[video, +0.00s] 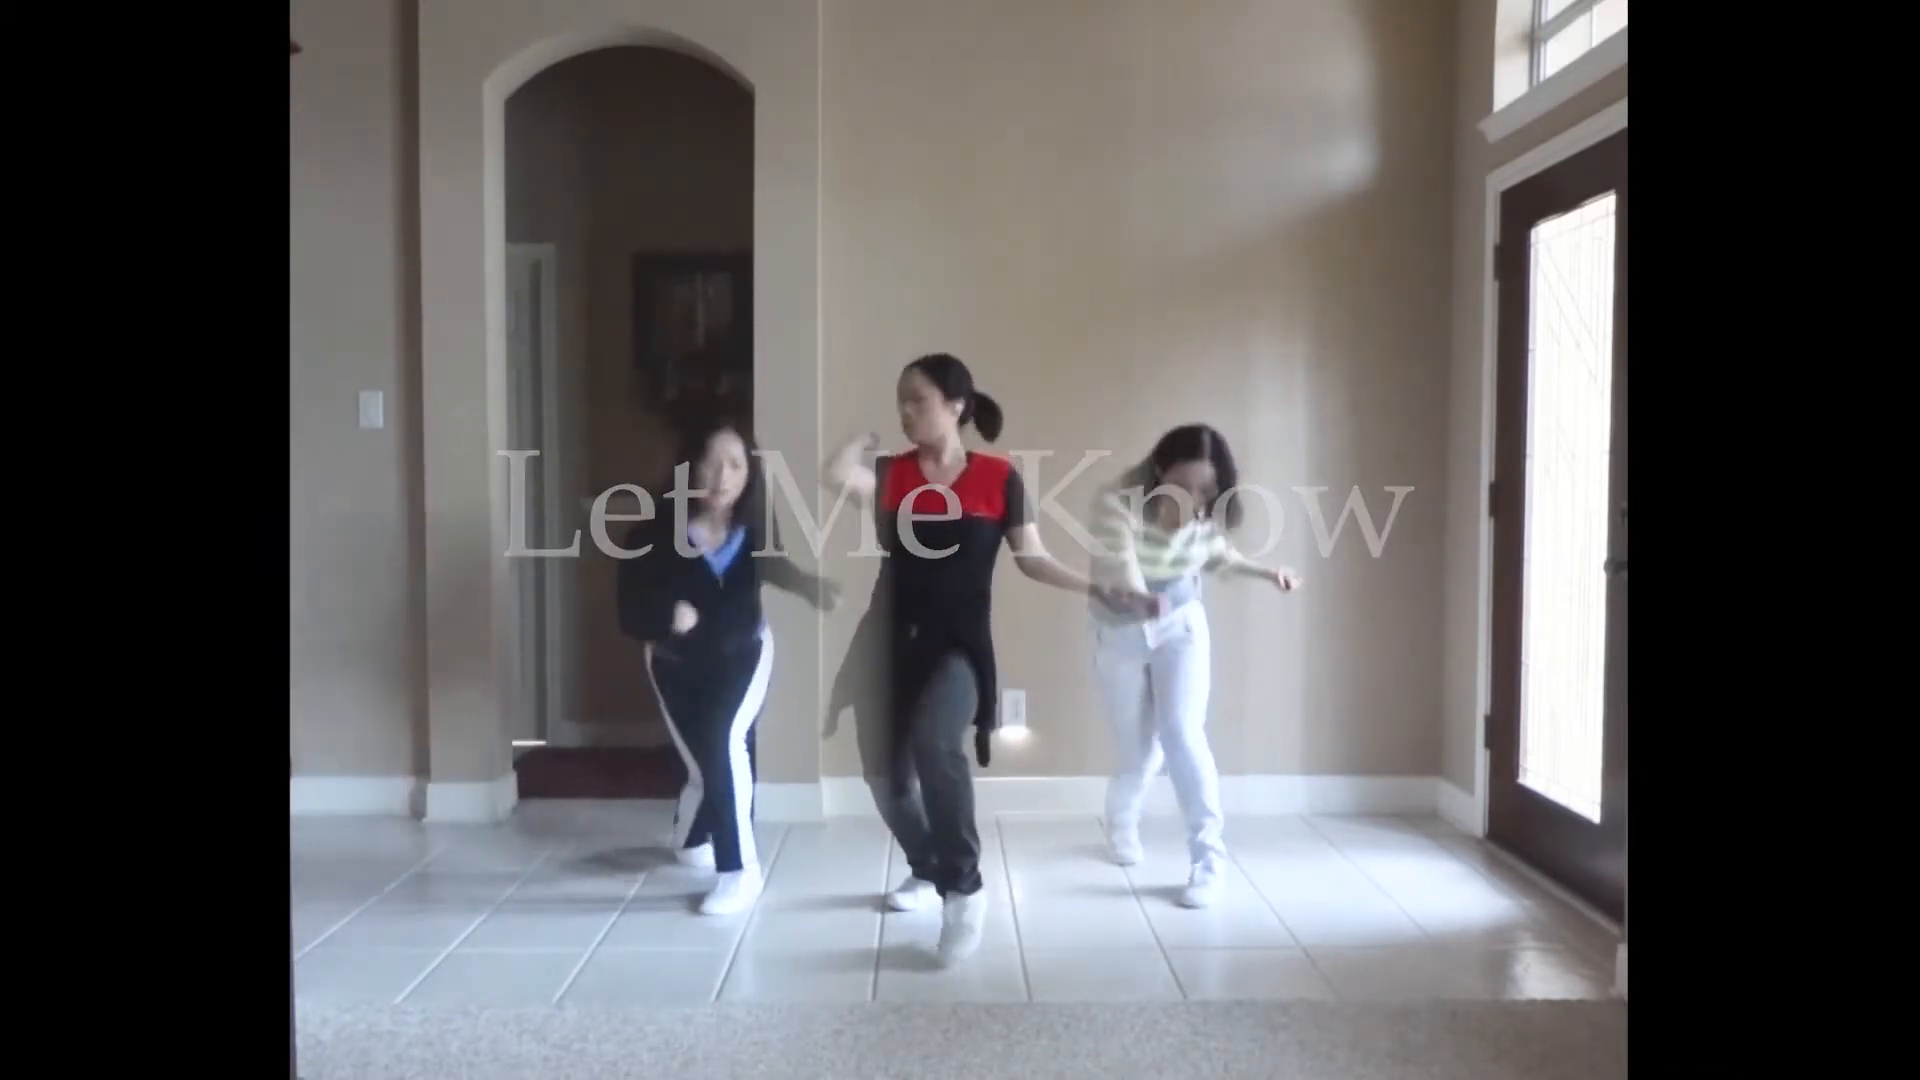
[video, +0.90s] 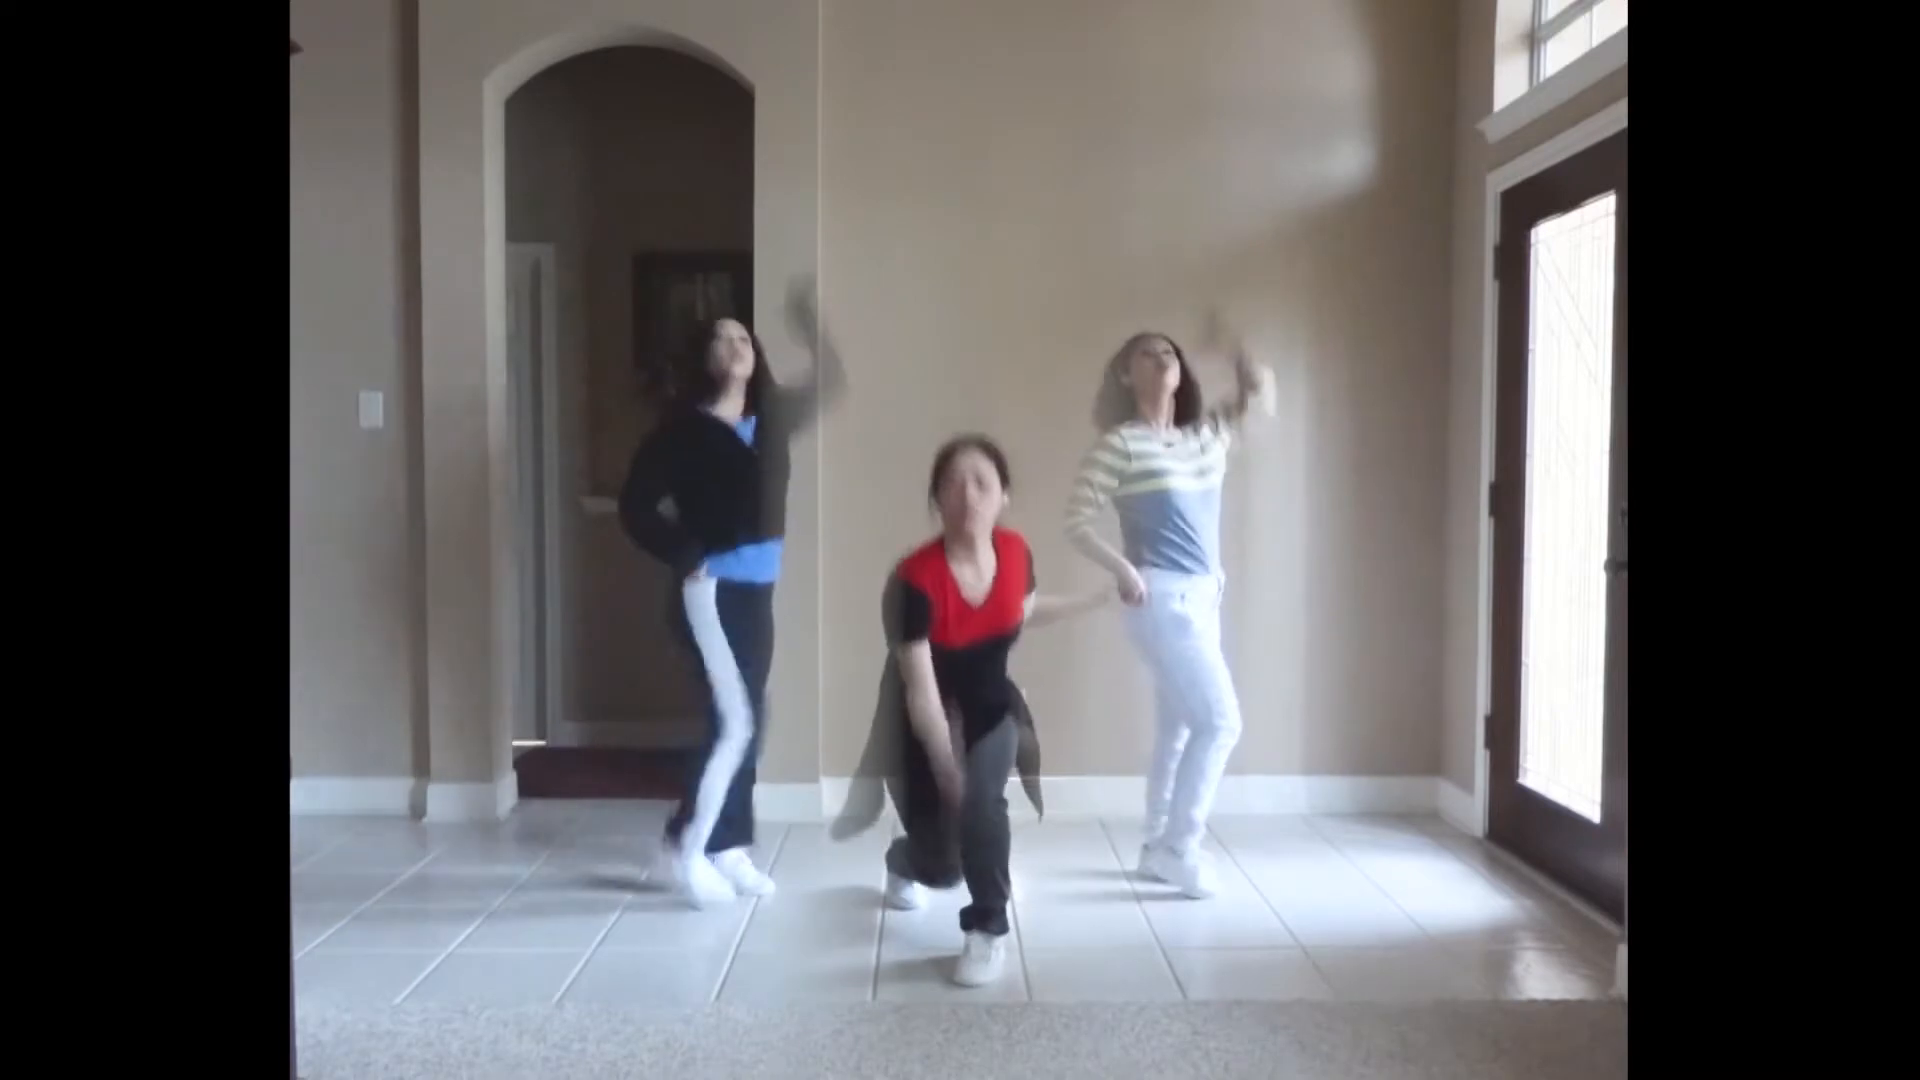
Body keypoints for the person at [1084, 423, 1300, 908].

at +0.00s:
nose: (1190, 503)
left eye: (1204, 495)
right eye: (1182, 487)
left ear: (1216, 493)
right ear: (1161, 471)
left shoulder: (1203, 526)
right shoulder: (1117, 504)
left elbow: (1220, 561)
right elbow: (1115, 561)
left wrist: (1266, 573)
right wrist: (1135, 594)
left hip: (1180, 624)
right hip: (1118, 630)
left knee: (1182, 732)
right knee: (1138, 748)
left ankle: (1207, 858)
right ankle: (1121, 824)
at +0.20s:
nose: (1192, 434)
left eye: (1203, 424)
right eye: (1184, 419)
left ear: (1212, 428)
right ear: (1160, 412)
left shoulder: (1206, 474)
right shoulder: (1116, 461)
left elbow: (1224, 518)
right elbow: (1072, 520)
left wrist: (1275, 502)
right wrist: (1110, 577)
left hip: (1180, 612)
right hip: (1121, 614)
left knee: (1196, 730)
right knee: (1120, 731)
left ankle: (1193, 848)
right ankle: (1119, 829)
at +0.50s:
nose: (1178, 389)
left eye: (1189, 381)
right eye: (1167, 377)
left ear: (1196, 392)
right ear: (1142, 380)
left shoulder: (1208, 453)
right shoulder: (1113, 449)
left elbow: (1269, 469)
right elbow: (1071, 518)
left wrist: (1336, 485)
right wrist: (1093, 579)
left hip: (1196, 613)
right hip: (1144, 612)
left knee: (1195, 741)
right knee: (1174, 738)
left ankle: (1166, 846)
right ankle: (1105, 780)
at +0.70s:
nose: (1174, 404)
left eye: (1184, 398)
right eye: (1164, 392)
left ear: (1191, 409)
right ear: (1138, 393)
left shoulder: (1191, 469)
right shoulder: (1110, 454)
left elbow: (1216, 515)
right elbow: (1074, 526)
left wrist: (1251, 495)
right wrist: (1113, 584)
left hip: (1206, 614)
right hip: (1156, 617)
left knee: (1199, 735)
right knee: (1238, 724)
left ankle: (1165, 848)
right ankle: (1131, 735)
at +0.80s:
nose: (1169, 389)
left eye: (1180, 383)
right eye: (1159, 377)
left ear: (1187, 396)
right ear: (1134, 381)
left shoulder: (1193, 456)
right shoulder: (1112, 446)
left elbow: (1243, 502)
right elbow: (1074, 521)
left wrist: (1239, 447)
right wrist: (1118, 576)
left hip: (1204, 602)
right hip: (1160, 604)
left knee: (1180, 726)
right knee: (1235, 718)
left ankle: (1165, 842)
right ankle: (1142, 802)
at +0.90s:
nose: (1162, 361)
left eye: (1170, 355)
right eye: (1149, 354)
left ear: (1182, 376)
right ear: (1124, 375)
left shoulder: (1208, 436)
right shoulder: (1118, 443)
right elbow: (1077, 523)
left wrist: (1249, 368)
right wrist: (1119, 567)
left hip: (1204, 596)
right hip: (1160, 596)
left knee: (1175, 727)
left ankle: (1160, 846)